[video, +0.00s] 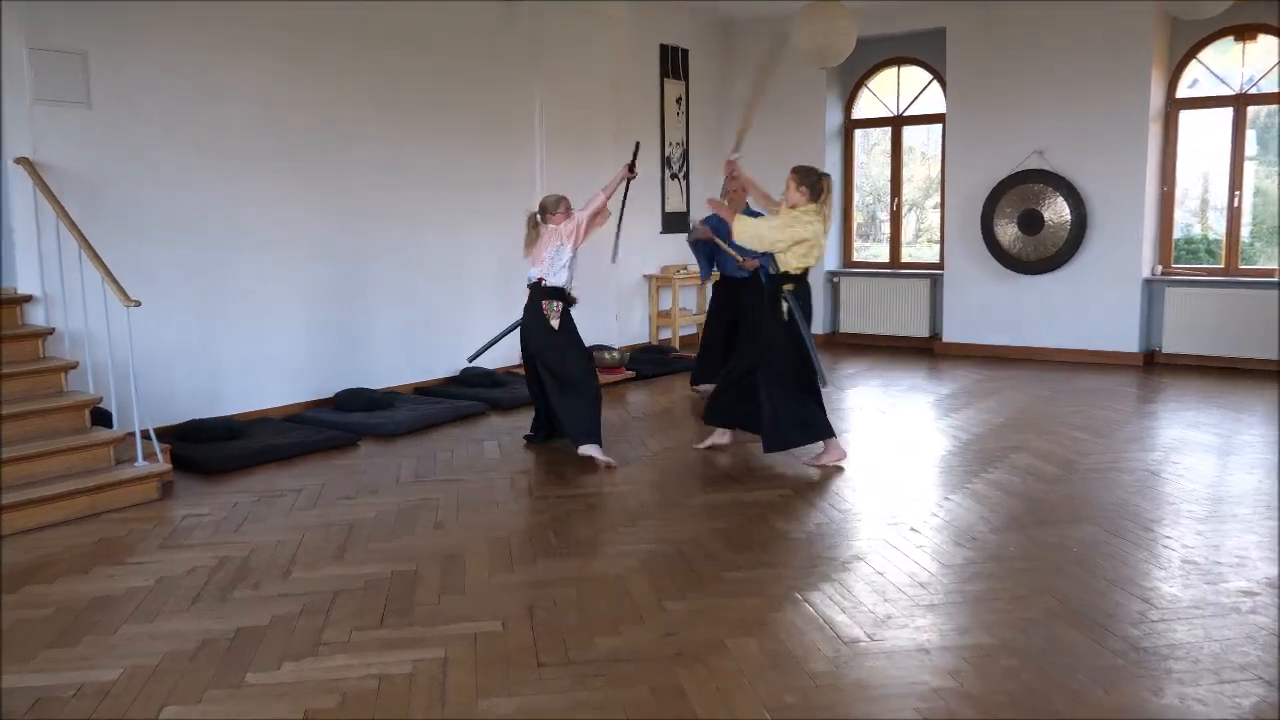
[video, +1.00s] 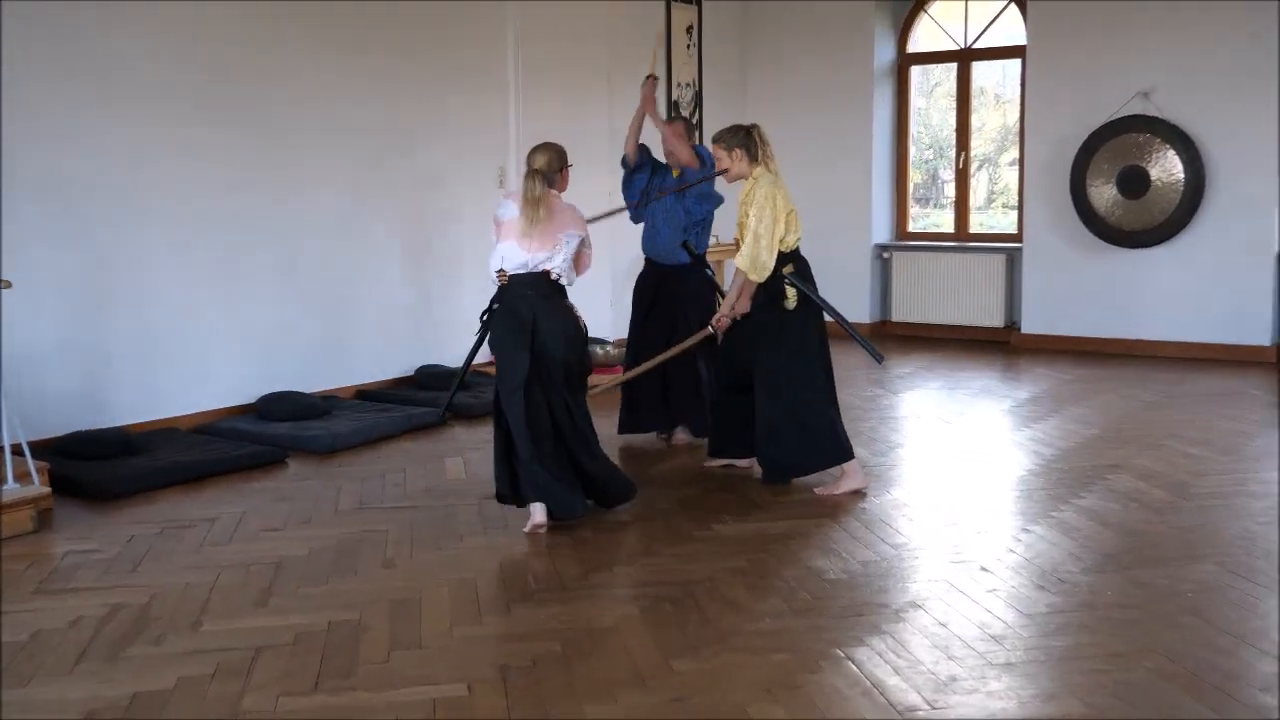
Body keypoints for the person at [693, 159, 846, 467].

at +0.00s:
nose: (784, 191)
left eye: (789, 187)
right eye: (787, 187)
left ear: (804, 193)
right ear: (806, 192)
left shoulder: (804, 224)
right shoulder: (801, 214)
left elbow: (754, 234)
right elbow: (769, 204)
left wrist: (725, 212)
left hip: (787, 297)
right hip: (774, 293)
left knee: (795, 370)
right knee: (745, 359)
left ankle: (832, 444)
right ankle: (724, 428)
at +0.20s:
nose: (746, 180)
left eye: (750, 176)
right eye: (747, 175)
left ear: (765, 180)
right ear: (769, 180)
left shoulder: (772, 212)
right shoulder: (771, 207)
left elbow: (741, 245)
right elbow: (743, 240)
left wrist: (707, 262)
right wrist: (713, 264)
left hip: (762, 289)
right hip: (753, 286)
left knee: (764, 367)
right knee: (733, 358)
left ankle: (816, 441)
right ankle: (724, 435)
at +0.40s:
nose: (724, 179)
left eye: (727, 174)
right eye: (725, 174)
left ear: (743, 179)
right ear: (749, 179)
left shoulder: (748, 212)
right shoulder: (758, 208)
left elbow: (736, 261)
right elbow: (741, 258)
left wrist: (714, 298)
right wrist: (720, 297)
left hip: (751, 293)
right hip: (757, 289)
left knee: (756, 373)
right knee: (733, 363)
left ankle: (815, 449)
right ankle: (731, 438)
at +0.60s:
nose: (711, 173)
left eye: (715, 167)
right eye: (712, 167)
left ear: (733, 169)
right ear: (737, 169)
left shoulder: (743, 203)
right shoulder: (749, 198)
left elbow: (737, 261)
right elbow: (736, 260)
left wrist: (719, 301)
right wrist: (718, 301)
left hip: (760, 290)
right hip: (757, 288)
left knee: (773, 376)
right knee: (735, 364)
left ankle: (830, 457)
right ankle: (735, 443)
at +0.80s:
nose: (714, 172)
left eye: (716, 165)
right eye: (712, 166)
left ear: (734, 163)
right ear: (737, 162)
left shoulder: (752, 195)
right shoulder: (744, 193)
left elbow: (745, 257)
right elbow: (734, 252)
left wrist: (724, 300)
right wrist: (720, 299)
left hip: (770, 287)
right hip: (755, 286)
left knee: (782, 375)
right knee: (742, 365)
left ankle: (840, 460)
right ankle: (743, 447)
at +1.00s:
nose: (719, 167)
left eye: (721, 159)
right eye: (717, 160)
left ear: (738, 154)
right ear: (739, 155)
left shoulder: (764, 187)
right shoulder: (755, 188)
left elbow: (760, 252)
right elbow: (747, 251)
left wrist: (741, 298)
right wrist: (729, 301)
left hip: (786, 284)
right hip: (767, 283)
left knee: (802, 376)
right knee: (737, 358)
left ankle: (851, 469)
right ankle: (742, 450)